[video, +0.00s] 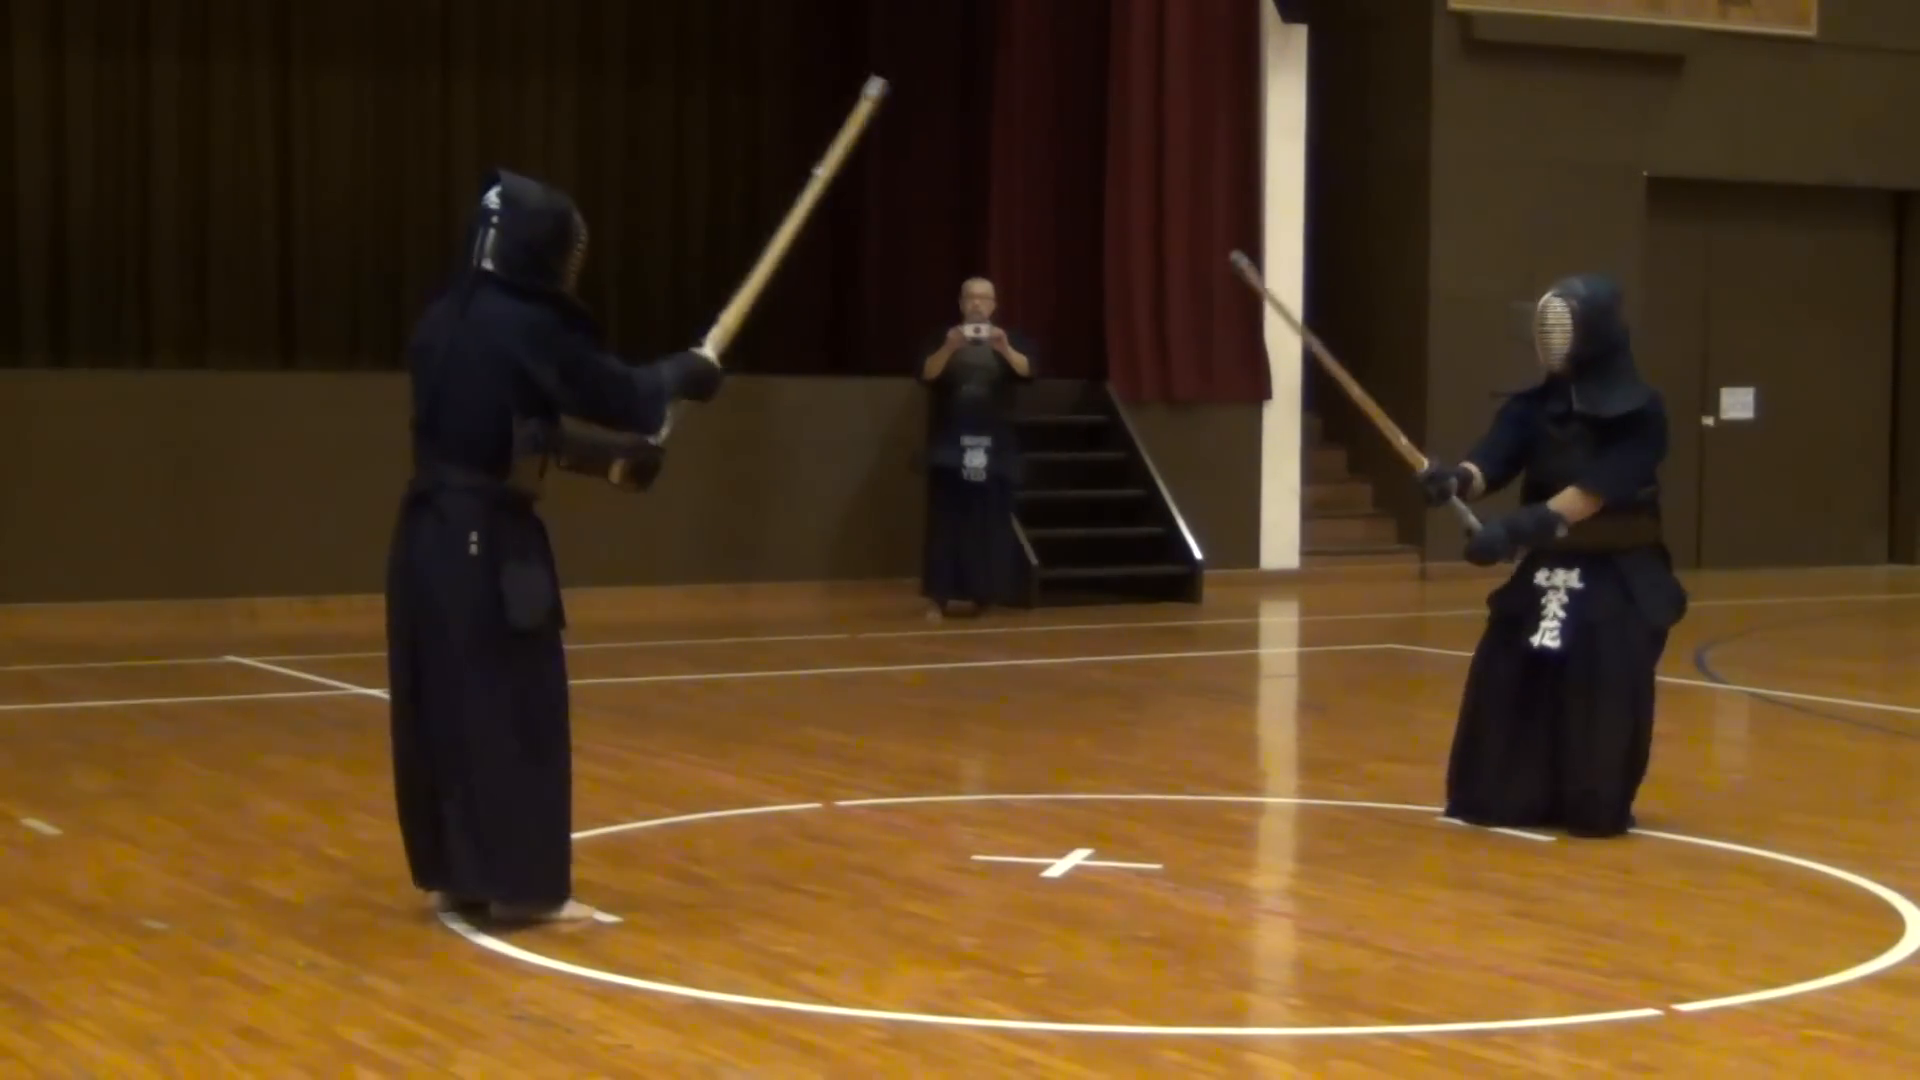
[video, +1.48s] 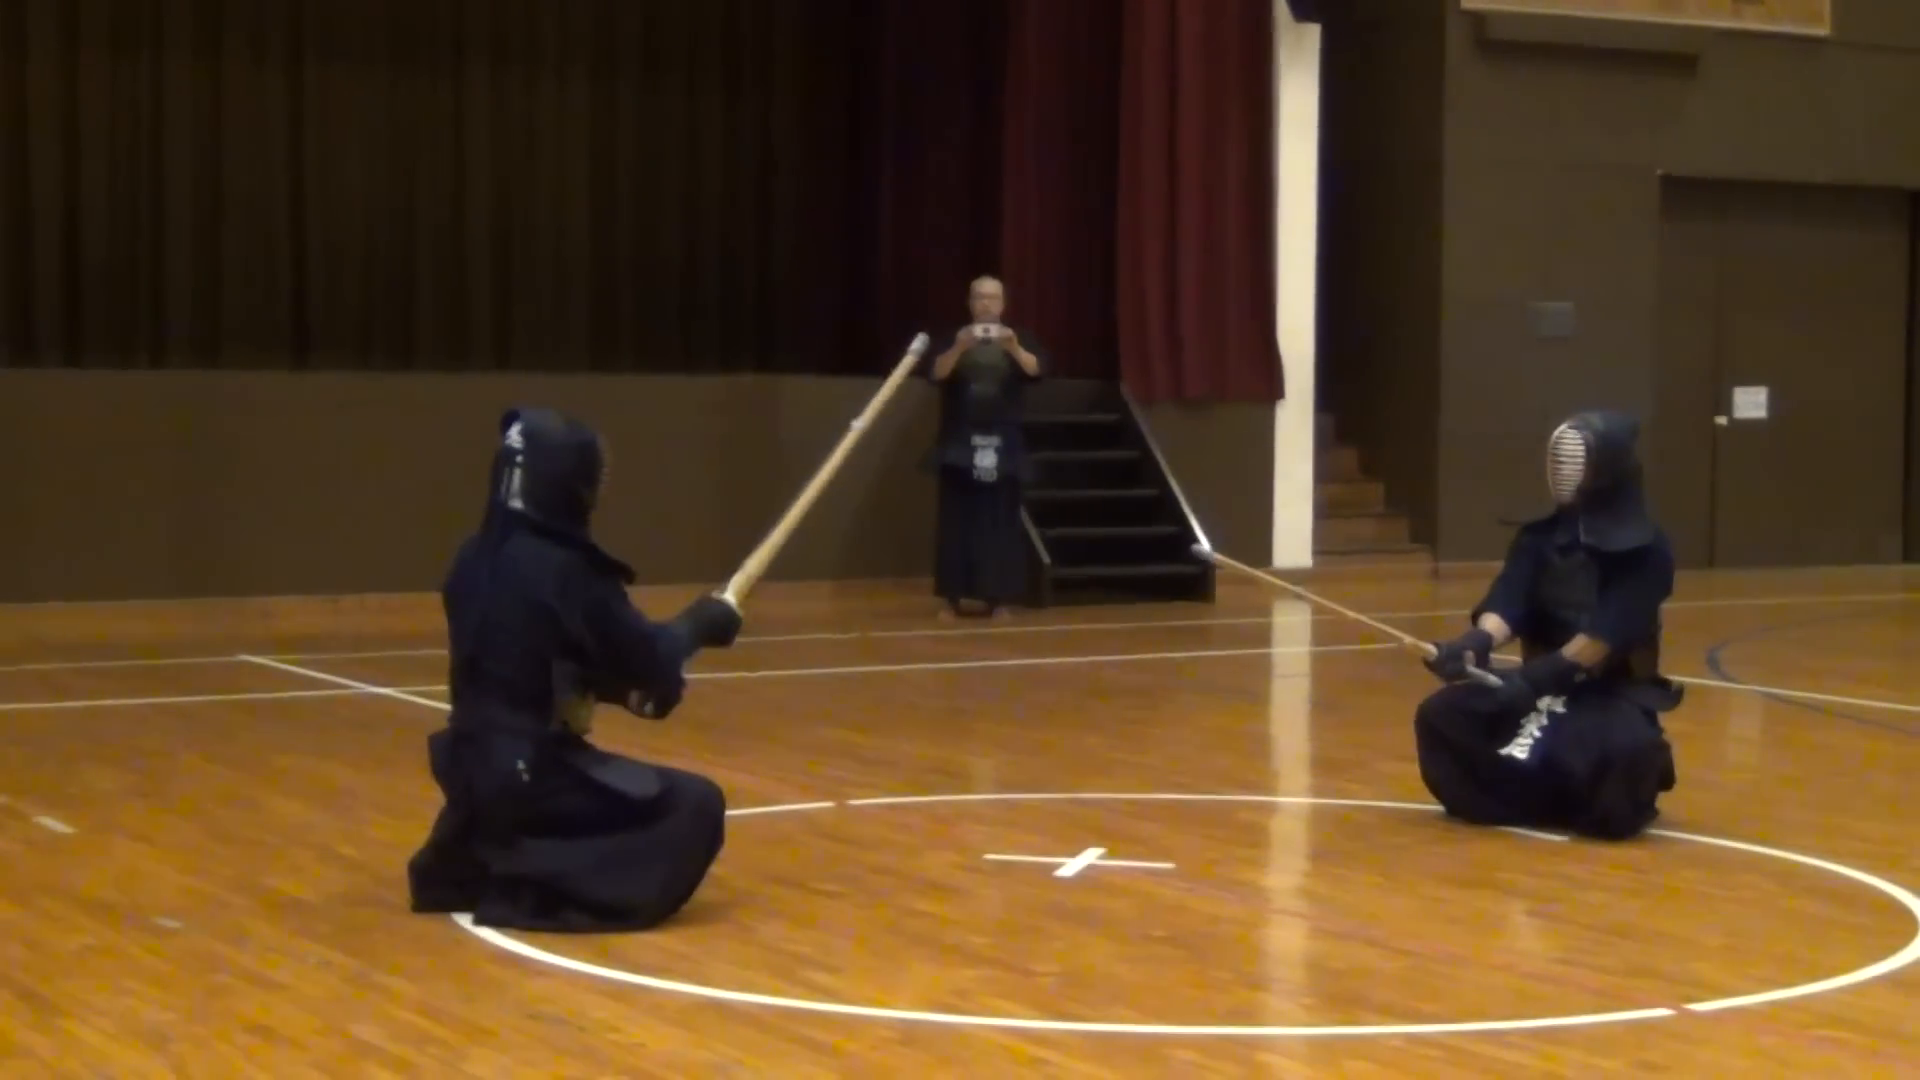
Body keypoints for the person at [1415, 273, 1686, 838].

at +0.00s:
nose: (1548, 339)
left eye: (1561, 328)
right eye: (1544, 327)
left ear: (1595, 332)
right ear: (1542, 330)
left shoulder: (1637, 408)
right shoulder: (1535, 404)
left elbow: (1601, 487)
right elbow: (1494, 460)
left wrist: (1521, 527)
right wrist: (1461, 478)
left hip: (1620, 569)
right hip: (1547, 564)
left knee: (1600, 675)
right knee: (1503, 665)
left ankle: (1595, 806)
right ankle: (1498, 796)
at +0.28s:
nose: (1543, 387)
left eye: (1555, 376)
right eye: (1539, 375)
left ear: (1587, 381)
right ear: (1534, 379)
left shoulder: (1627, 457)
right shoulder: (1528, 451)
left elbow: (1592, 534)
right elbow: (1493, 499)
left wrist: (1516, 575)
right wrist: (1455, 527)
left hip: (1612, 610)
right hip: (1537, 607)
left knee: (1605, 697)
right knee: (1469, 687)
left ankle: (1599, 812)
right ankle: (1493, 805)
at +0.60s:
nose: (1544, 436)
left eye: (1557, 425)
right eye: (1542, 425)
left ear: (1593, 433)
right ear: (1536, 429)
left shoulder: (1627, 513)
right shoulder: (1527, 506)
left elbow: (1587, 592)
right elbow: (1493, 561)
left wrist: (1512, 634)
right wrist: (1454, 591)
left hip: (1606, 659)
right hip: (1528, 651)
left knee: (1604, 733)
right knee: (1445, 709)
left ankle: (1605, 810)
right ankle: (1499, 804)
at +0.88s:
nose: (1550, 462)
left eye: (1564, 452)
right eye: (1548, 451)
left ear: (1599, 460)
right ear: (1542, 454)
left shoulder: (1630, 539)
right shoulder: (1531, 530)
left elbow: (1587, 629)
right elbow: (1499, 593)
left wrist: (1507, 669)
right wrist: (1461, 625)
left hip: (1602, 689)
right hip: (1527, 676)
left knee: (1618, 749)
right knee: (1434, 713)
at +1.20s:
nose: (1548, 471)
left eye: (1562, 460)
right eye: (1546, 459)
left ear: (1596, 468)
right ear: (1539, 462)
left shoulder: (1630, 548)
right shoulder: (1527, 537)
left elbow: (1590, 640)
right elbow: (1496, 602)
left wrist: (1514, 682)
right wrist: (1461, 641)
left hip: (1596, 698)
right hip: (1521, 683)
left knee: (1618, 750)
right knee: (1429, 716)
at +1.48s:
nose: (1559, 471)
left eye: (1572, 459)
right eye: (1556, 459)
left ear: (1606, 467)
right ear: (1549, 462)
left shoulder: (1642, 548)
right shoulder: (1538, 537)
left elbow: (1602, 641)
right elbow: (1508, 604)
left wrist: (1528, 683)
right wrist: (1474, 642)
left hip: (1610, 699)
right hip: (1534, 685)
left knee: (1626, 750)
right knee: (1441, 717)